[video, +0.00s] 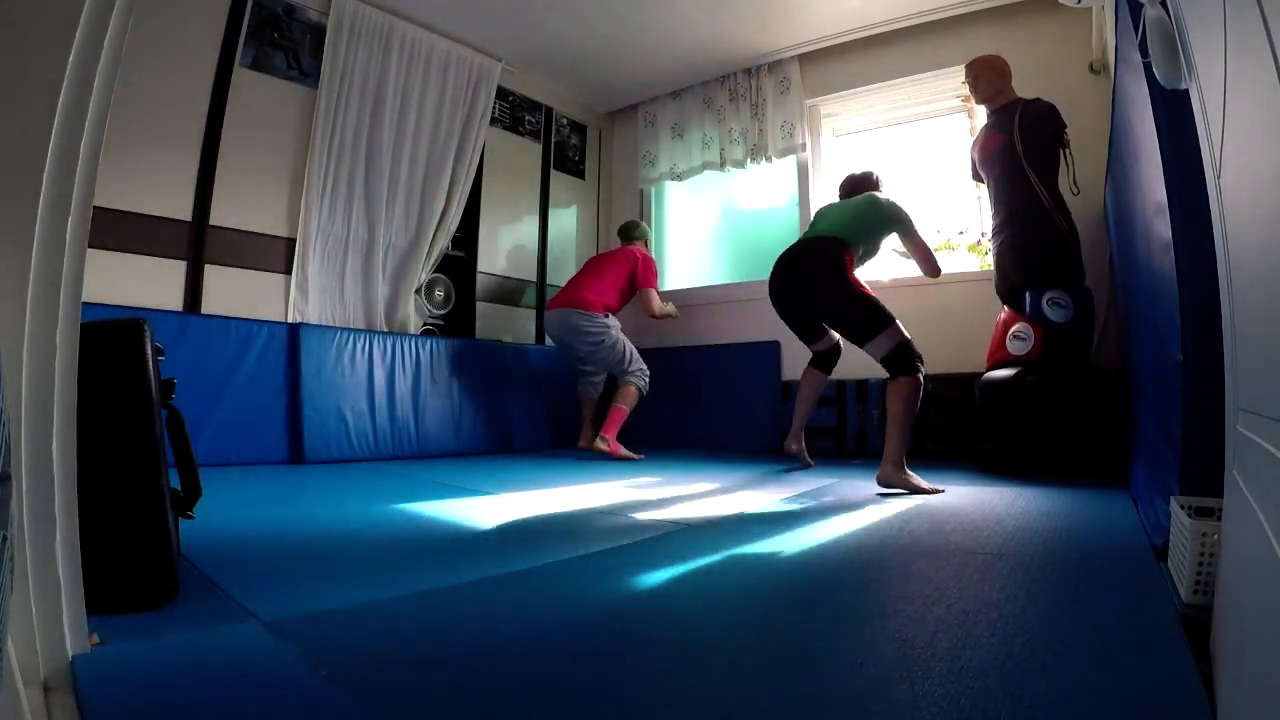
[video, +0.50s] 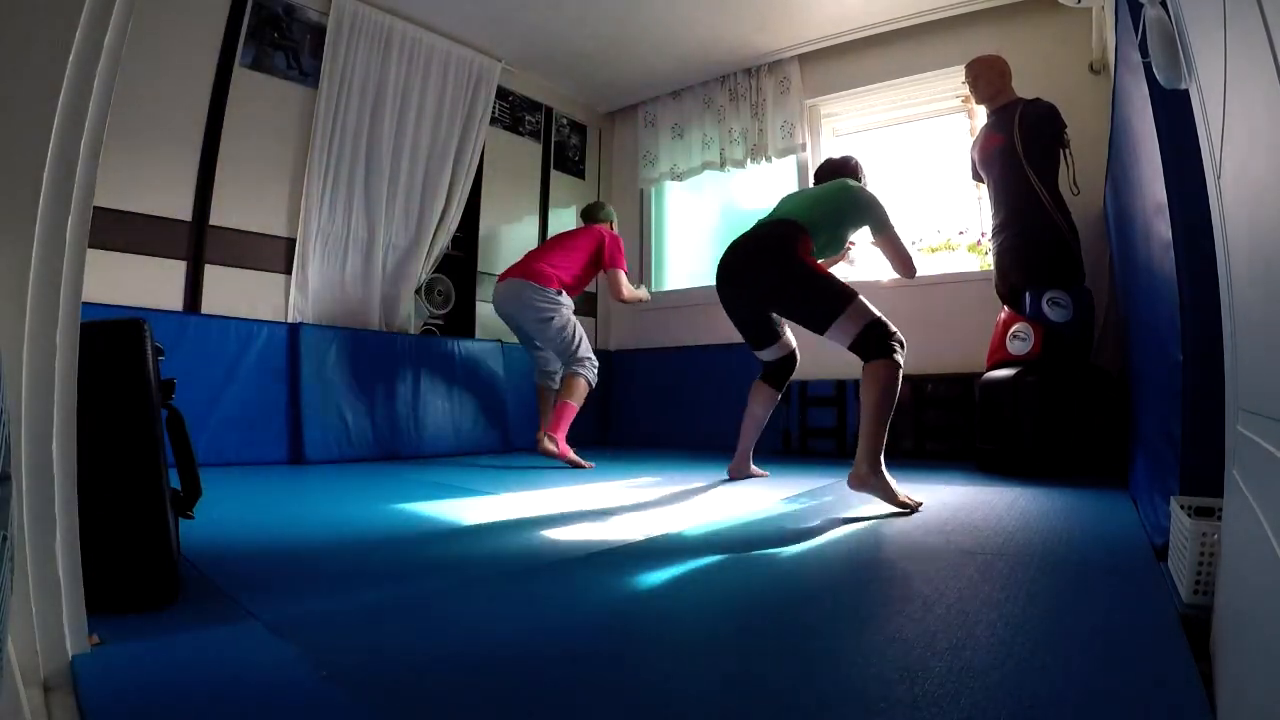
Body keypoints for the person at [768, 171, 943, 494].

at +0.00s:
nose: (881, 184)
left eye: (878, 181)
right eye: (879, 182)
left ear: (845, 195)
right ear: (876, 190)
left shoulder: (828, 210)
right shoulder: (886, 206)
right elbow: (932, 269)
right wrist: (905, 249)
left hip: (782, 280)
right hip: (828, 276)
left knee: (827, 350)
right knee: (907, 364)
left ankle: (794, 438)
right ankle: (893, 466)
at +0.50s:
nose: (864, 184)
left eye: (861, 178)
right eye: (862, 179)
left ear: (821, 182)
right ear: (857, 179)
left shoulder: (799, 199)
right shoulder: (860, 196)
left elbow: (800, 263)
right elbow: (907, 268)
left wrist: (840, 255)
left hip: (730, 271)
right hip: (777, 265)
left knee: (780, 362)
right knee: (884, 345)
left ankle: (741, 460)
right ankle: (868, 468)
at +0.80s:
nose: (842, 155)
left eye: (837, 150)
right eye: (840, 151)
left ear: (795, 150)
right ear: (834, 149)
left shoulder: (766, 166)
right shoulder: (838, 165)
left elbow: (759, 251)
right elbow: (882, 249)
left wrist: (806, 240)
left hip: (697, 253)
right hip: (748, 248)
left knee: (752, 343)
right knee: (856, 352)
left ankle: (708, 446)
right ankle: (819, 493)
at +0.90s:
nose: (830, 158)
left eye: (829, 152)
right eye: (828, 151)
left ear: (781, 147)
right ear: (821, 148)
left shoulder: (753, 170)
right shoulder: (819, 162)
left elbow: (747, 255)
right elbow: (871, 249)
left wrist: (799, 236)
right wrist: (855, 253)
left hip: (671, 255)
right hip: (720, 246)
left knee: (732, 357)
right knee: (849, 327)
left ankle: (669, 464)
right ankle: (826, 480)